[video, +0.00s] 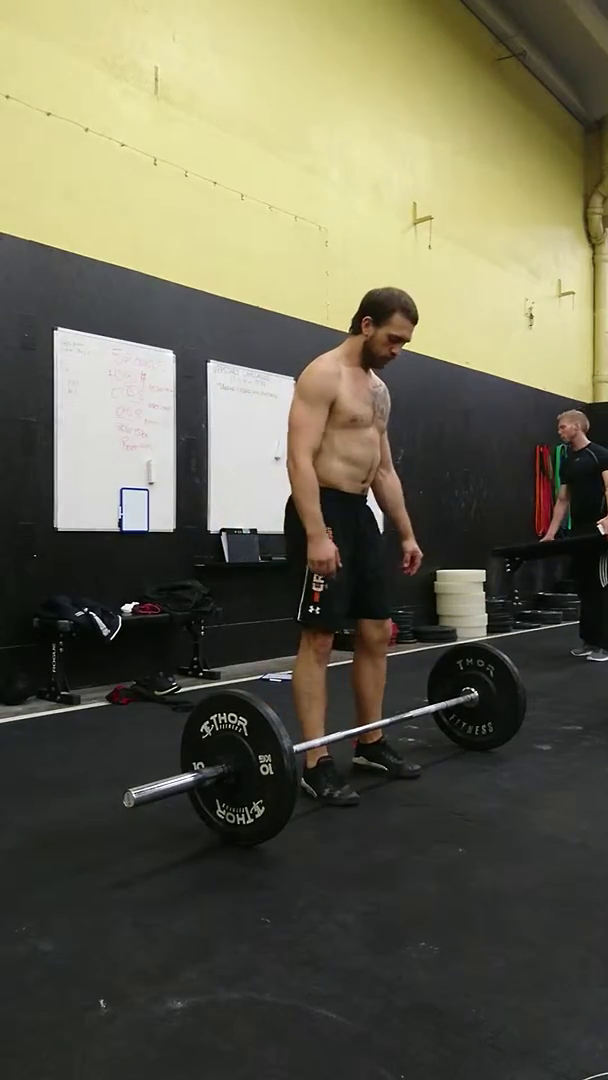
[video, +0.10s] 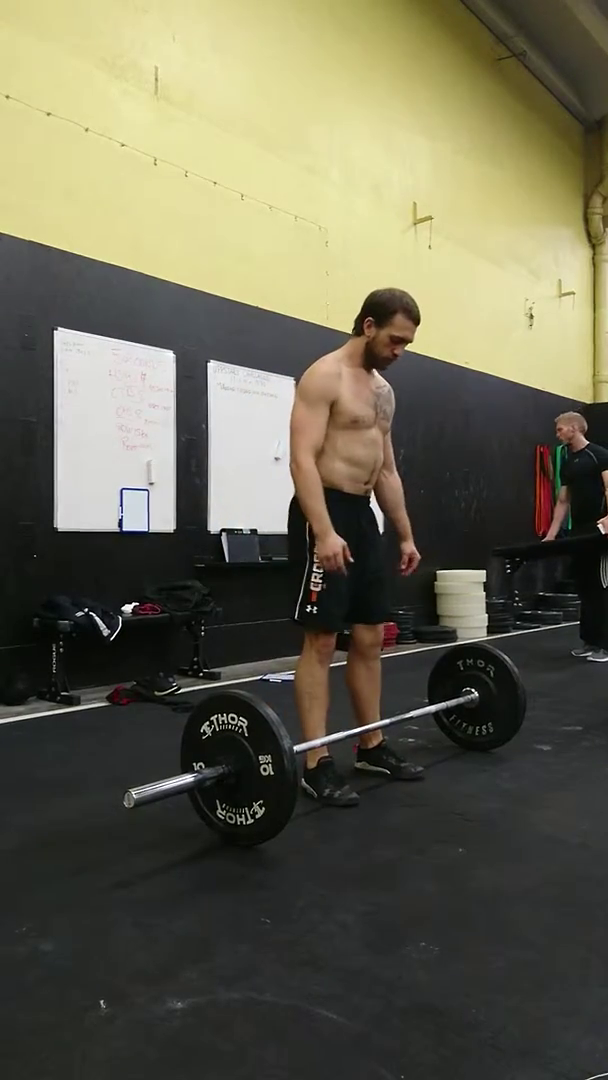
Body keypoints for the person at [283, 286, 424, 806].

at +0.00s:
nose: (398, 351)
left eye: (404, 343)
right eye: (394, 340)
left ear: (396, 337)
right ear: (365, 325)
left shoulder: (379, 388)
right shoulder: (323, 374)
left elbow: (383, 468)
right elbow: (299, 458)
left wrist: (405, 531)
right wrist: (316, 534)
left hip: (363, 516)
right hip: (323, 515)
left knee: (375, 635)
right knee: (318, 640)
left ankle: (371, 742)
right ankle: (316, 761)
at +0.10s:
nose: (400, 351)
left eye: (406, 344)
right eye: (396, 341)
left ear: (400, 338)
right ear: (367, 326)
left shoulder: (383, 389)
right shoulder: (324, 376)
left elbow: (386, 469)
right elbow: (302, 459)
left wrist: (404, 532)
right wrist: (323, 532)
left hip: (367, 517)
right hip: (325, 516)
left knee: (369, 638)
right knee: (321, 641)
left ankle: (371, 746)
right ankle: (316, 763)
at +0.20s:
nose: (402, 353)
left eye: (408, 345)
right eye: (397, 342)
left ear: (402, 339)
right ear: (370, 327)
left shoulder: (389, 389)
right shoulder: (326, 377)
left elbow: (390, 468)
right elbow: (306, 459)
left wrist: (406, 534)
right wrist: (327, 528)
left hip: (369, 517)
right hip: (328, 516)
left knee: (367, 639)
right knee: (327, 641)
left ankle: (371, 747)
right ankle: (316, 764)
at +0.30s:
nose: (404, 354)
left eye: (410, 347)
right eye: (399, 343)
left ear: (407, 341)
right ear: (371, 329)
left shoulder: (393, 389)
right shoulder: (328, 380)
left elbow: (396, 469)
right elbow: (309, 461)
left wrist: (410, 534)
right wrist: (329, 530)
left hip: (371, 518)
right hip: (332, 517)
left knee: (369, 637)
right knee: (336, 637)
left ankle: (371, 746)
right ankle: (316, 762)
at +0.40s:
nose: (405, 354)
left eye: (411, 347)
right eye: (400, 344)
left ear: (408, 341)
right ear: (372, 329)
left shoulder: (395, 390)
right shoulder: (328, 380)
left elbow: (398, 468)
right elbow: (309, 461)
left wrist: (417, 532)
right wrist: (326, 532)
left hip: (371, 516)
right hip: (332, 514)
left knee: (370, 637)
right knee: (339, 636)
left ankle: (372, 748)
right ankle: (317, 760)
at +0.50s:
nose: (404, 353)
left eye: (410, 346)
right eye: (399, 342)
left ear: (408, 341)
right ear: (371, 328)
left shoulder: (392, 390)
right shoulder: (327, 379)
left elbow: (398, 467)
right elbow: (307, 461)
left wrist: (422, 530)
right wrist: (316, 537)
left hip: (371, 516)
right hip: (332, 513)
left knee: (369, 637)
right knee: (336, 638)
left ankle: (372, 748)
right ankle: (319, 763)